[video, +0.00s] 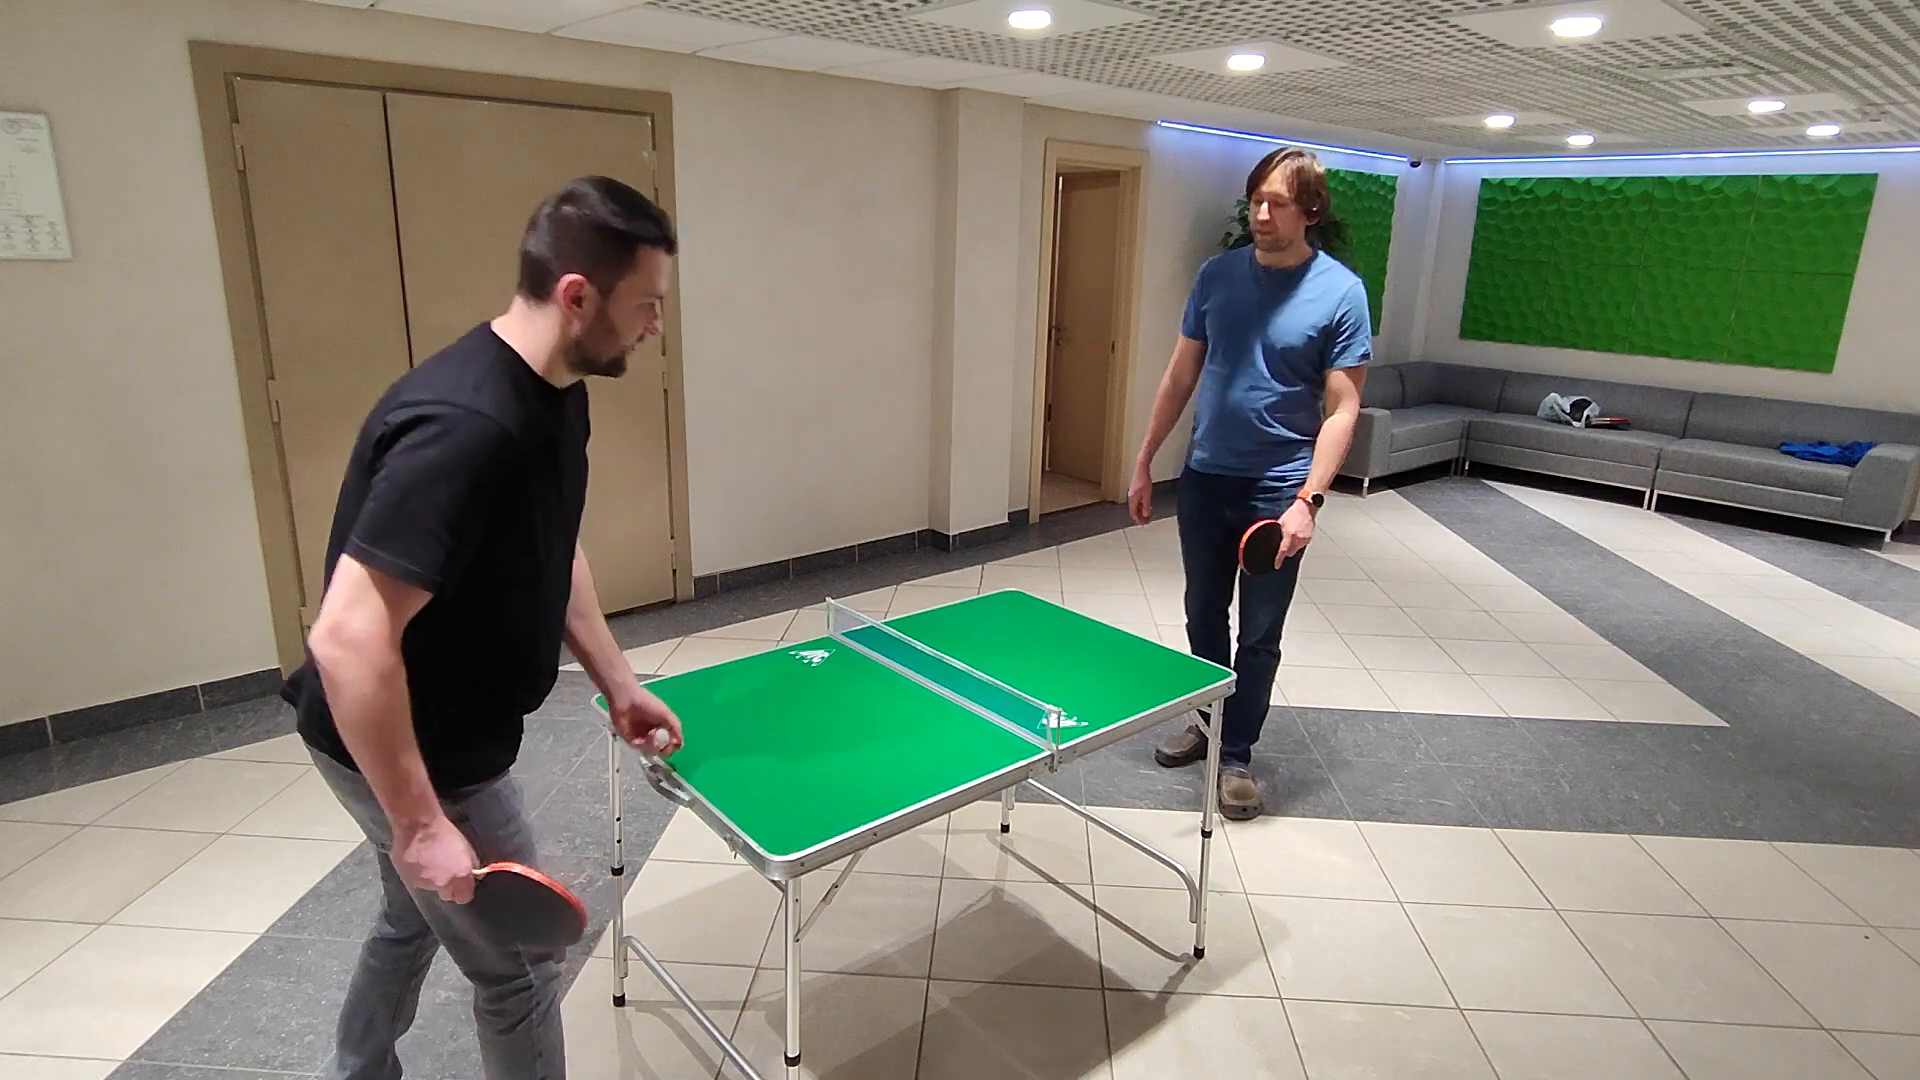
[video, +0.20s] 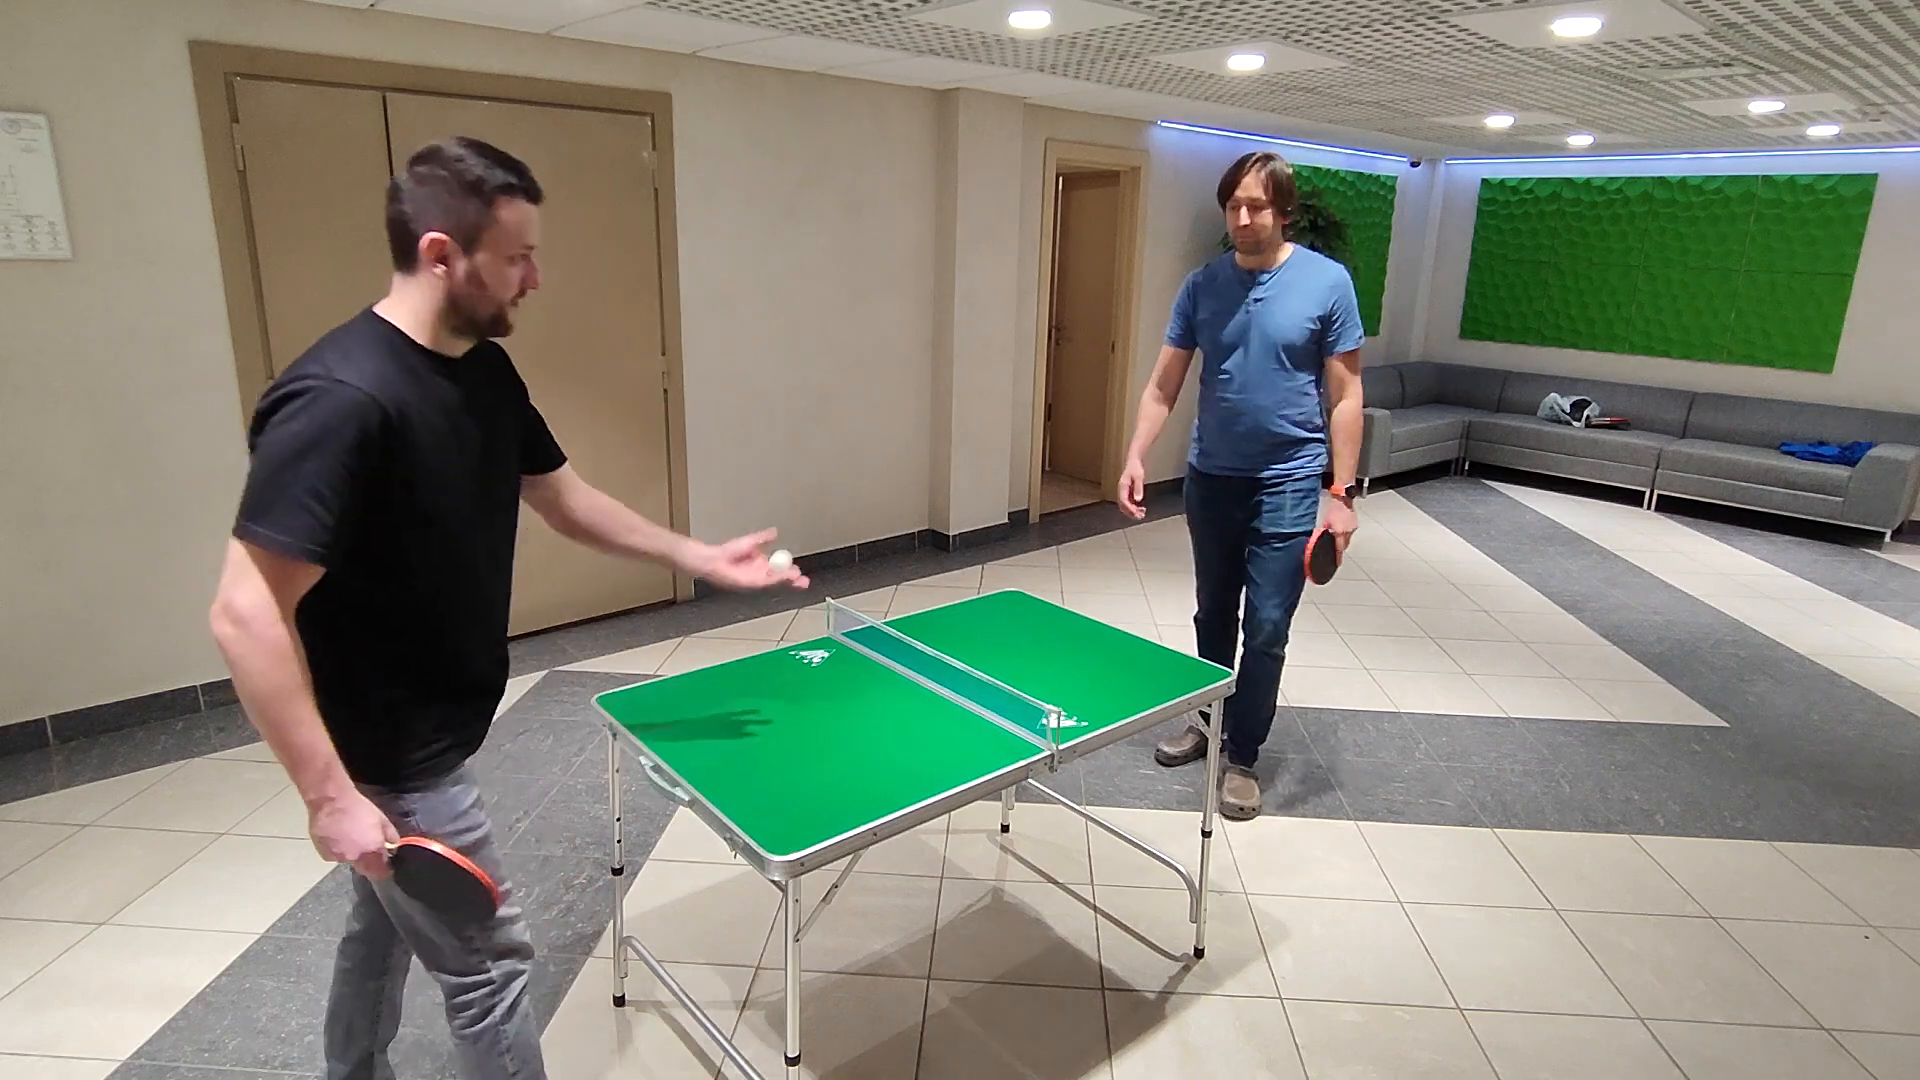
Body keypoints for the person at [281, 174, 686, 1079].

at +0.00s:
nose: (654, 326)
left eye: (658, 305)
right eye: (645, 304)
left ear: (578, 297)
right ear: (576, 294)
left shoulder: (553, 397)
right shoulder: (467, 425)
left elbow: (553, 561)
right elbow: (347, 637)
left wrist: (620, 688)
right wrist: (420, 826)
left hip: (458, 724)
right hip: (427, 756)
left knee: (410, 921)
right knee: (518, 979)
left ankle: (361, 1066)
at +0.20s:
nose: (533, 278)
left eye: (533, 255)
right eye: (518, 256)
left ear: (456, 257)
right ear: (441, 253)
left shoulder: (480, 368)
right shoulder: (341, 401)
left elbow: (566, 499)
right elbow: (244, 612)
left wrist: (703, 557)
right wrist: (330, 798)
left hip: (444, 729)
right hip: (390, 755)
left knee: (379, 935)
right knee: (490, 974)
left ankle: (352, 1070)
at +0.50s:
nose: (403, 240)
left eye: (400, 215)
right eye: (379, 216)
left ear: (315, 225)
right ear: (296, 223)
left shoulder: (386, 356)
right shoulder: (210, 386)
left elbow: (485, 473)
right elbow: (144, 595)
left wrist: (629, 536)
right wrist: (243, 769)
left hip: (390, 722)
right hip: (315, 747)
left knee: (343, 943)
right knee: (406, 985)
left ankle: (338, 1071)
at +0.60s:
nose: (370, 230)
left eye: (365, 206)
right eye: (344, 209)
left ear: (274, 220)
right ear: (262, 220)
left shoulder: (357, 351)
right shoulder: (182, 381)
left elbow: (433, 500)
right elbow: (122, 595)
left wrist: (541, 602)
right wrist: (240, 761)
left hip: (371, 724)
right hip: (284, 747)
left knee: (343, 954)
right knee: (365, 982)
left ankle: (337, 1063)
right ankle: (338, 1074)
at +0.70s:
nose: (340, 223)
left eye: (334, 199)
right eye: (313, 202)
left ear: (246, 216)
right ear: (226, 216)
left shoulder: (333, 351)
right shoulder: (153, 377)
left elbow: (373, 514)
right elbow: (98, 594)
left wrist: (424, 644)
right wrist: (239, 749)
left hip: (348, 723)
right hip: (250, 751)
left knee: (336, 955)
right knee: (316, 1002)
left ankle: (345, 1068)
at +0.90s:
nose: (261, 218)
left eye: (254, 192)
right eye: (230, 195)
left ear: (156, 211)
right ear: (138, 211)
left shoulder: (254, 350)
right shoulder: (68, 385)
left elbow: (253, 558)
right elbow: (40, 616)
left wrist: (309, 707)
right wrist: (238, 729)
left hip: (296, 749)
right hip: (175, 789)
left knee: (313, 956)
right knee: (178, 1029)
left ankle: (337, 1070)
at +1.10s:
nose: (144, 224)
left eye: (134, 196)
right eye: (110, 199)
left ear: (30, 220)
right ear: (14, 219)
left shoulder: (143, 361)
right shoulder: (1, 390)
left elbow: (203, 528)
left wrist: (283, 653)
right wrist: (185, 734)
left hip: (203, 772)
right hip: (53, 818)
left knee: (275, 966)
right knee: (39, 1062)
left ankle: (340, 1076)